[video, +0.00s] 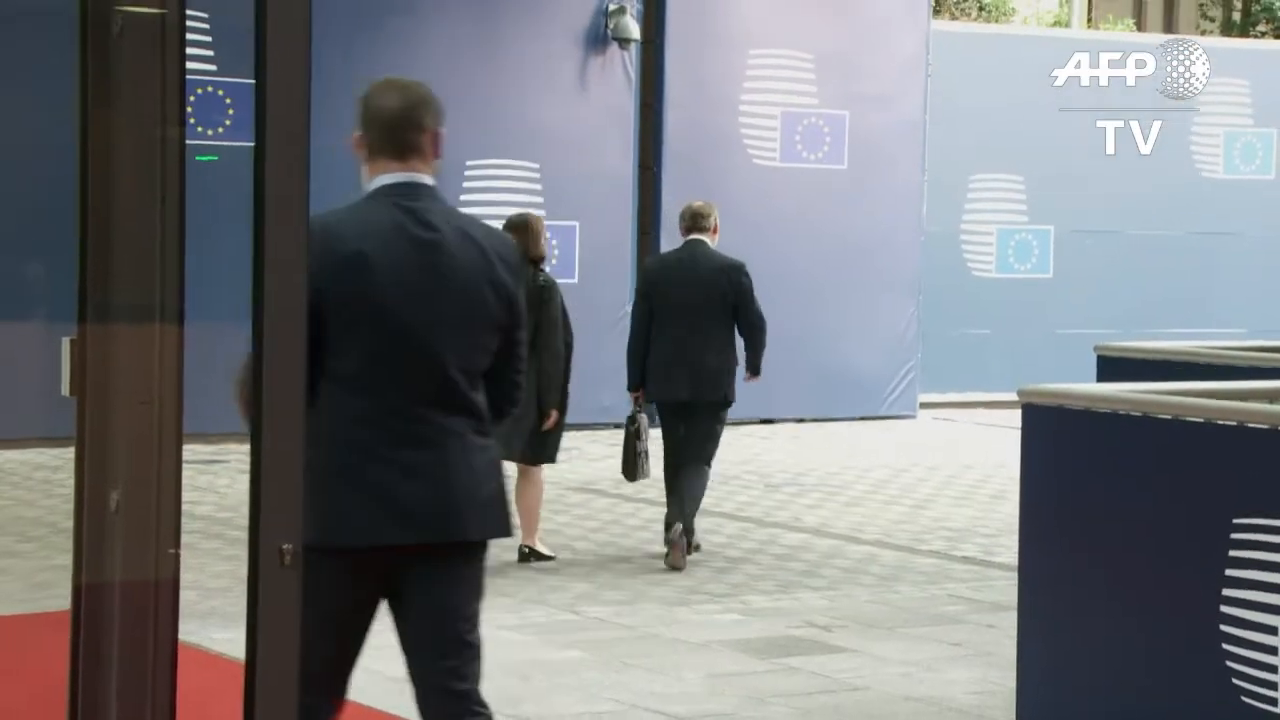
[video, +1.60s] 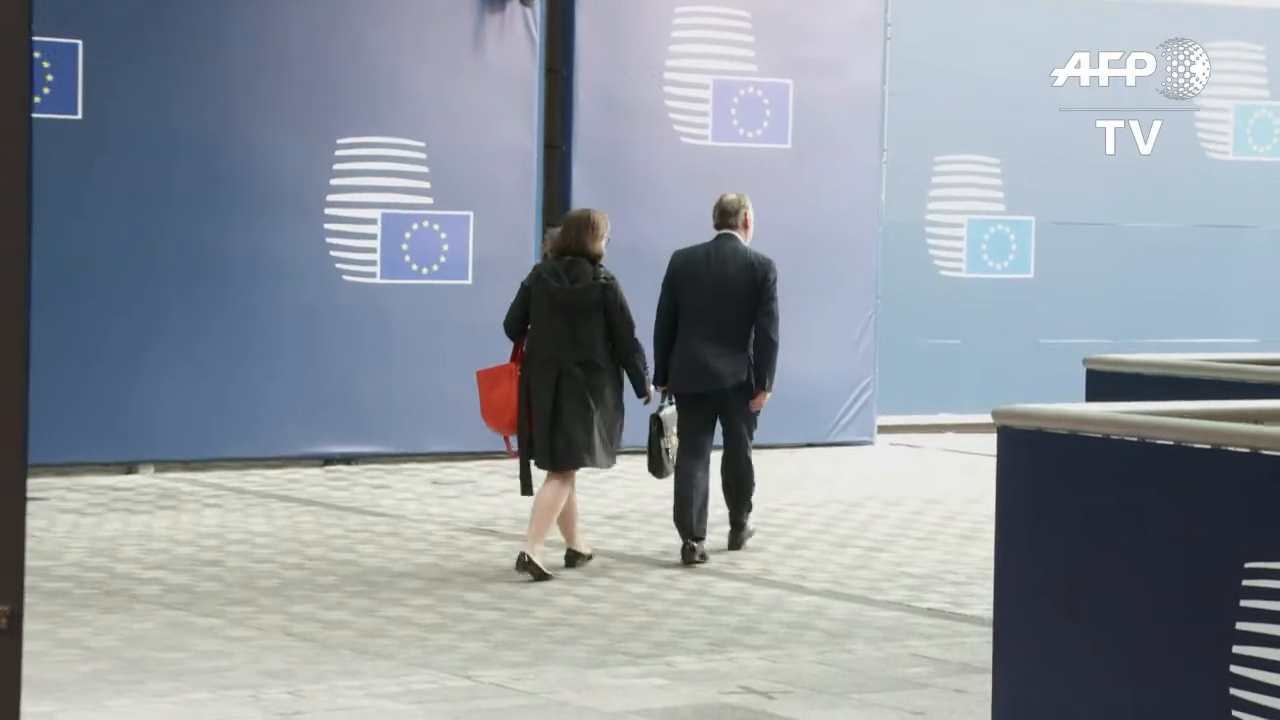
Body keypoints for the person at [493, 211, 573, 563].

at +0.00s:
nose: (545, 241)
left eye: (543, 235)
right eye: (542, 236)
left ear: (505, 240)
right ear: (536, 241)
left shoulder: (489, 278)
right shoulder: (541, 286)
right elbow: (551, 349)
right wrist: (552, 400)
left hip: (487, 387)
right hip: (528, 393)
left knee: (480, 462)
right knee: (530, 467)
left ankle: (465, 540)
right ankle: (530, 539)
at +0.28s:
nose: (565, 237)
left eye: (563, 230)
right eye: (562, 232)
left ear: (521, 235)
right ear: (554, 237)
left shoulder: (500, 275)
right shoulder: (565, 282)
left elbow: (475, 323)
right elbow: (586, 341)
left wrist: (500, 338)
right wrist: (597, 391)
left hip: (505, 381)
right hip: (547, 383)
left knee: (513, 467)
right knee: (530, 473)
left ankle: (513, 543)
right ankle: (517, 557)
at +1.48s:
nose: (606, 238)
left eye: (605, 231)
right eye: (604, 232)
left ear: (562, 230)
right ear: (595, 235)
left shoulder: (539, 271)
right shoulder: (604, 279)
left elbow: (513, 323)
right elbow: (626, 336)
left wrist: (540, 326)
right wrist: (641, 381)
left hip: (541, 379)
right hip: (584, 382)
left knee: (561, 466)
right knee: (559, 472)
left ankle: (570, 544)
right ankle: (537, 558)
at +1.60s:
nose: (608, 243)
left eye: (607, 236)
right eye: (606, 237)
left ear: (565, 235)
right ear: (596, 240)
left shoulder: (539, 276)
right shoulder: (604, 283)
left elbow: (513, 326)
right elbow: (626, 341)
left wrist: (538, 341)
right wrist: (643, 384)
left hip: (542, 380)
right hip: (587, 384)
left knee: (561, 469)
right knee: (562, 472)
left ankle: (575, 547)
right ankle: (531, 551)